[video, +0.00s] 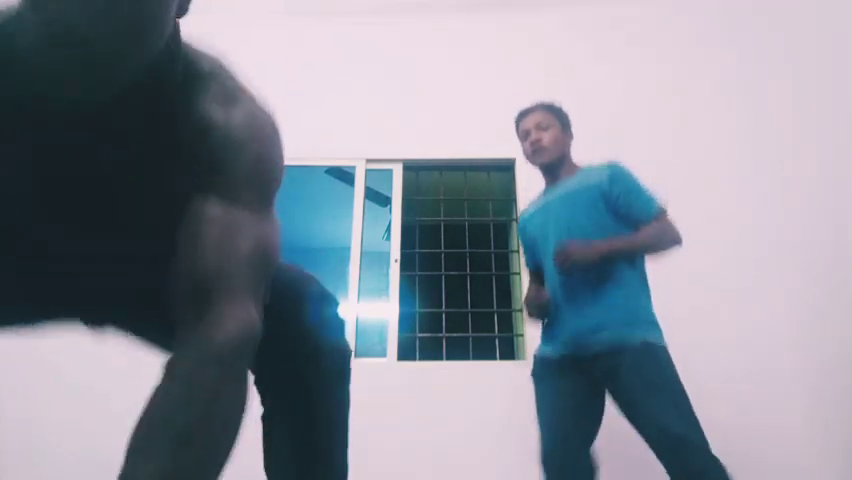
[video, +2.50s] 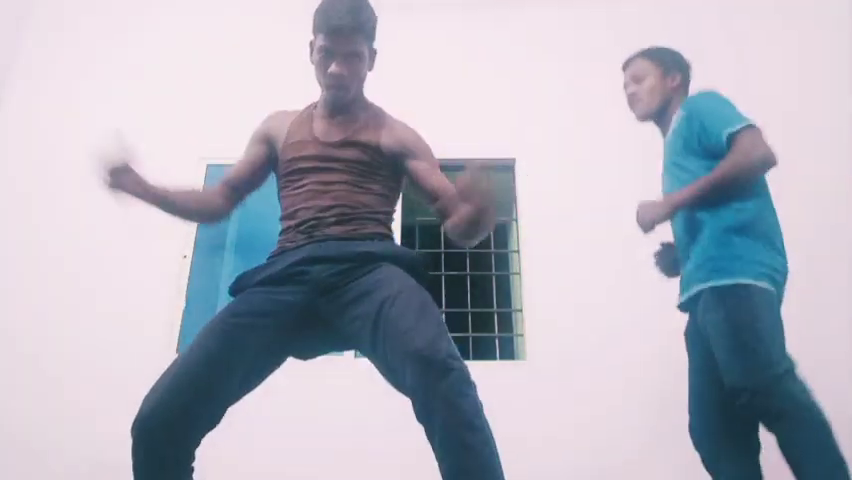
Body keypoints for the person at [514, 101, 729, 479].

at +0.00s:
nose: (533, 139)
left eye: (543, 129)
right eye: (525, 136)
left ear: (567, 135)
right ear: (522, 149)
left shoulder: (609, 178)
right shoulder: (528, 219)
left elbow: (667, 233)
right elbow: (537, 281)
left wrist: (597, 249)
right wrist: (534, 301)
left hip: (630, 344)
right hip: (561, 356)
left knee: (689, 459)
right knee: (561, 466)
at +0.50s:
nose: (572, 124)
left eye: (583, 113)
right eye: (565, 119)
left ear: (610, 121)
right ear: (562, 134)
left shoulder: (647, 162)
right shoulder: (579, 205)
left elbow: (702, 213)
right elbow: (610, 282)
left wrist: (612, 225)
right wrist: (576, 296)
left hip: (653, 342)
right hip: (594, 355)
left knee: (674, 466)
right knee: (561, 468)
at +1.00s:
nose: (560, 150)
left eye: (569, 138)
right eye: (551, 145)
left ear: (593, 142)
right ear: (548, 157)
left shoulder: (635, 182)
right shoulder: (570, 227)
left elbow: (692, 237)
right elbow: (598, 287)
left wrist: (615, 269)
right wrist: (577, 319)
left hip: (667, 351)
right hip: (610, 361)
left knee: (705, 463)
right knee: (585, 463)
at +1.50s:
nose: (615, 117)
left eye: (624, 105)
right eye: (610, 111)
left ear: (656, 105)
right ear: (609, 120)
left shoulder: (702, 142)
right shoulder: (648, 188)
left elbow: (761, 197)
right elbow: (691, 251)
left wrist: (682, 250)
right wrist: (665, 273)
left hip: (746, 318)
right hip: (694, 331)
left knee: (790, 428)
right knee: (698, 451)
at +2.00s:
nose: (611, 122)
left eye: (619, 111)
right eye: (607, 116)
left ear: (652, 111)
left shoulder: (678, 140)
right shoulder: (662, 170)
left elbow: (733, 186)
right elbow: (709, 235)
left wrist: (657, 241)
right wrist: (665, 272)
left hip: (723, 301)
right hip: (703, 309)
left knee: (710, 428)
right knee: (714, 429)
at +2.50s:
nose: (629, 91)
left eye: (638, 80)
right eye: (625, 85)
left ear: (673, 79)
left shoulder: (701, 106)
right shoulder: (677, 145)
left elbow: (757, 152)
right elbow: (727, 214)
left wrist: (670, 203)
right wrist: (683, 251)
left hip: (737, 276)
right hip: (704, 293)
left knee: (769, 390)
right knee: (715, 428)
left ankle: (830, 474)